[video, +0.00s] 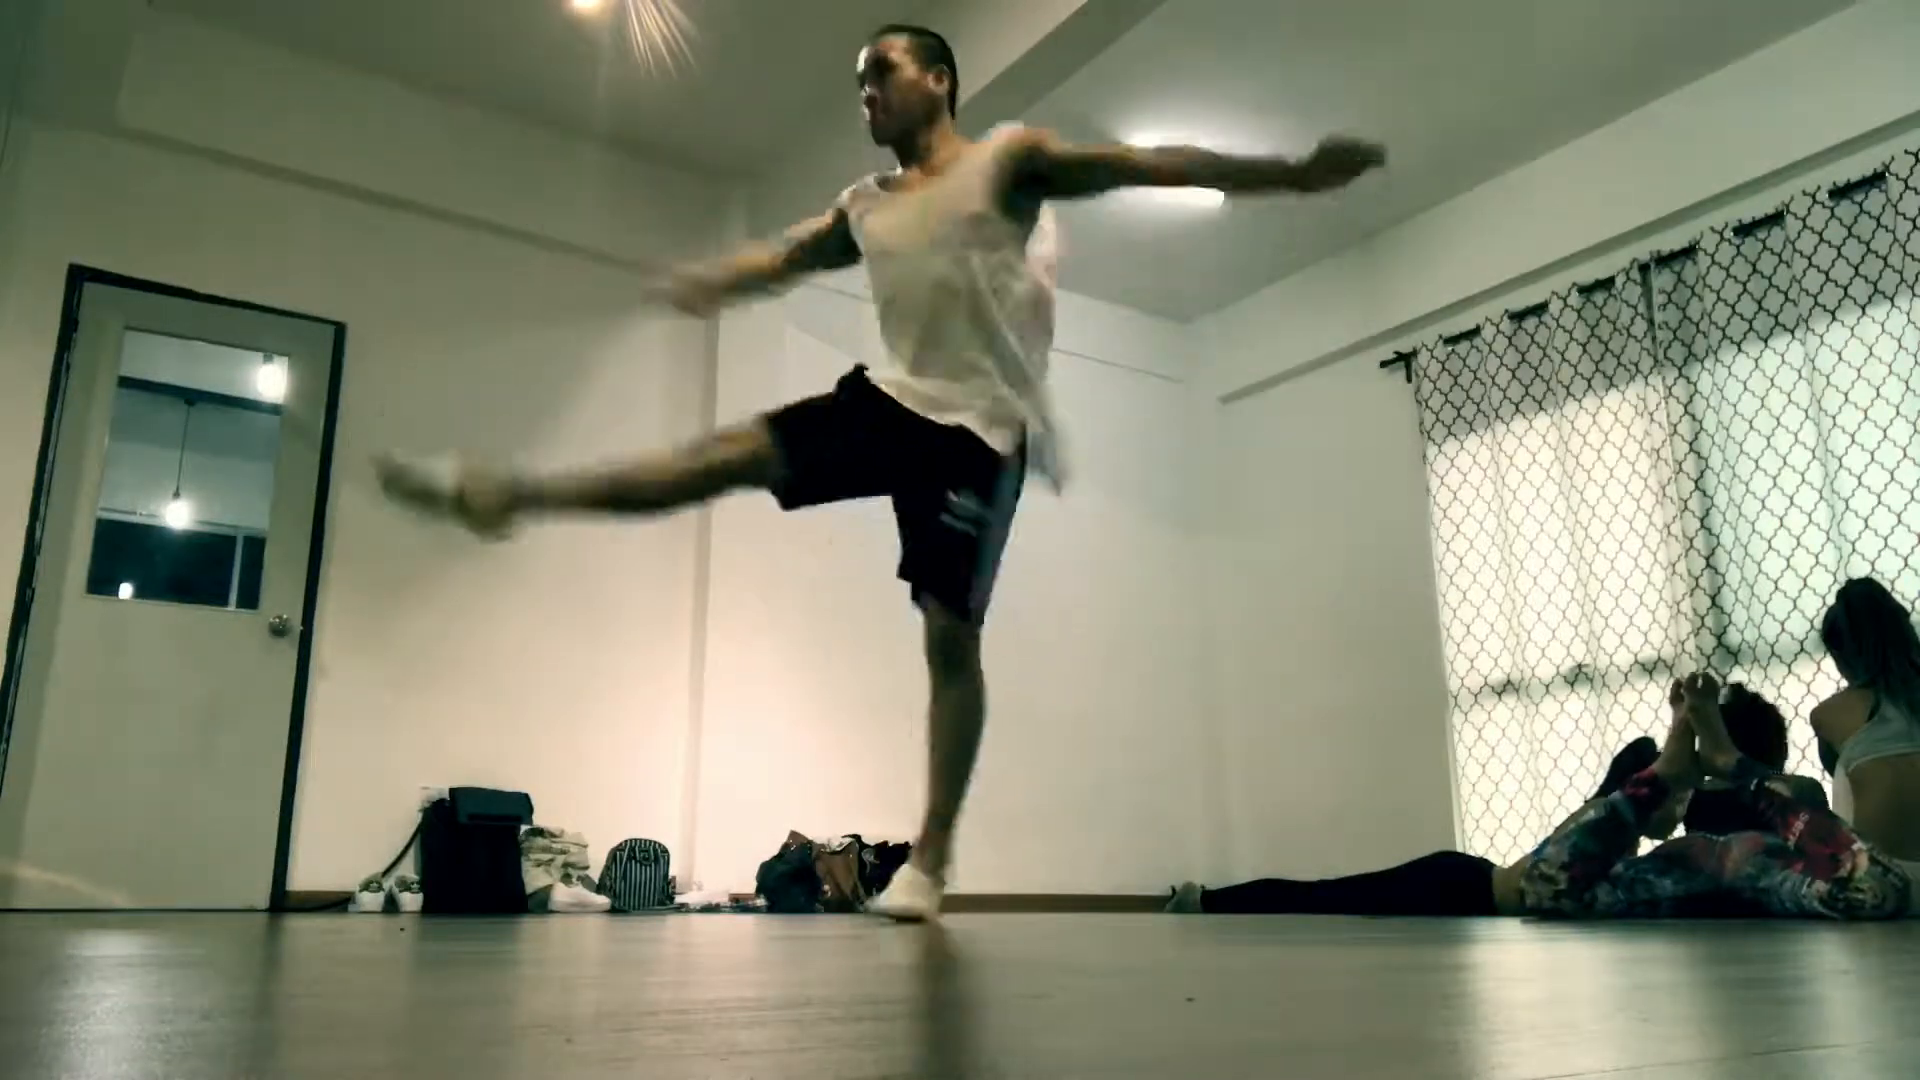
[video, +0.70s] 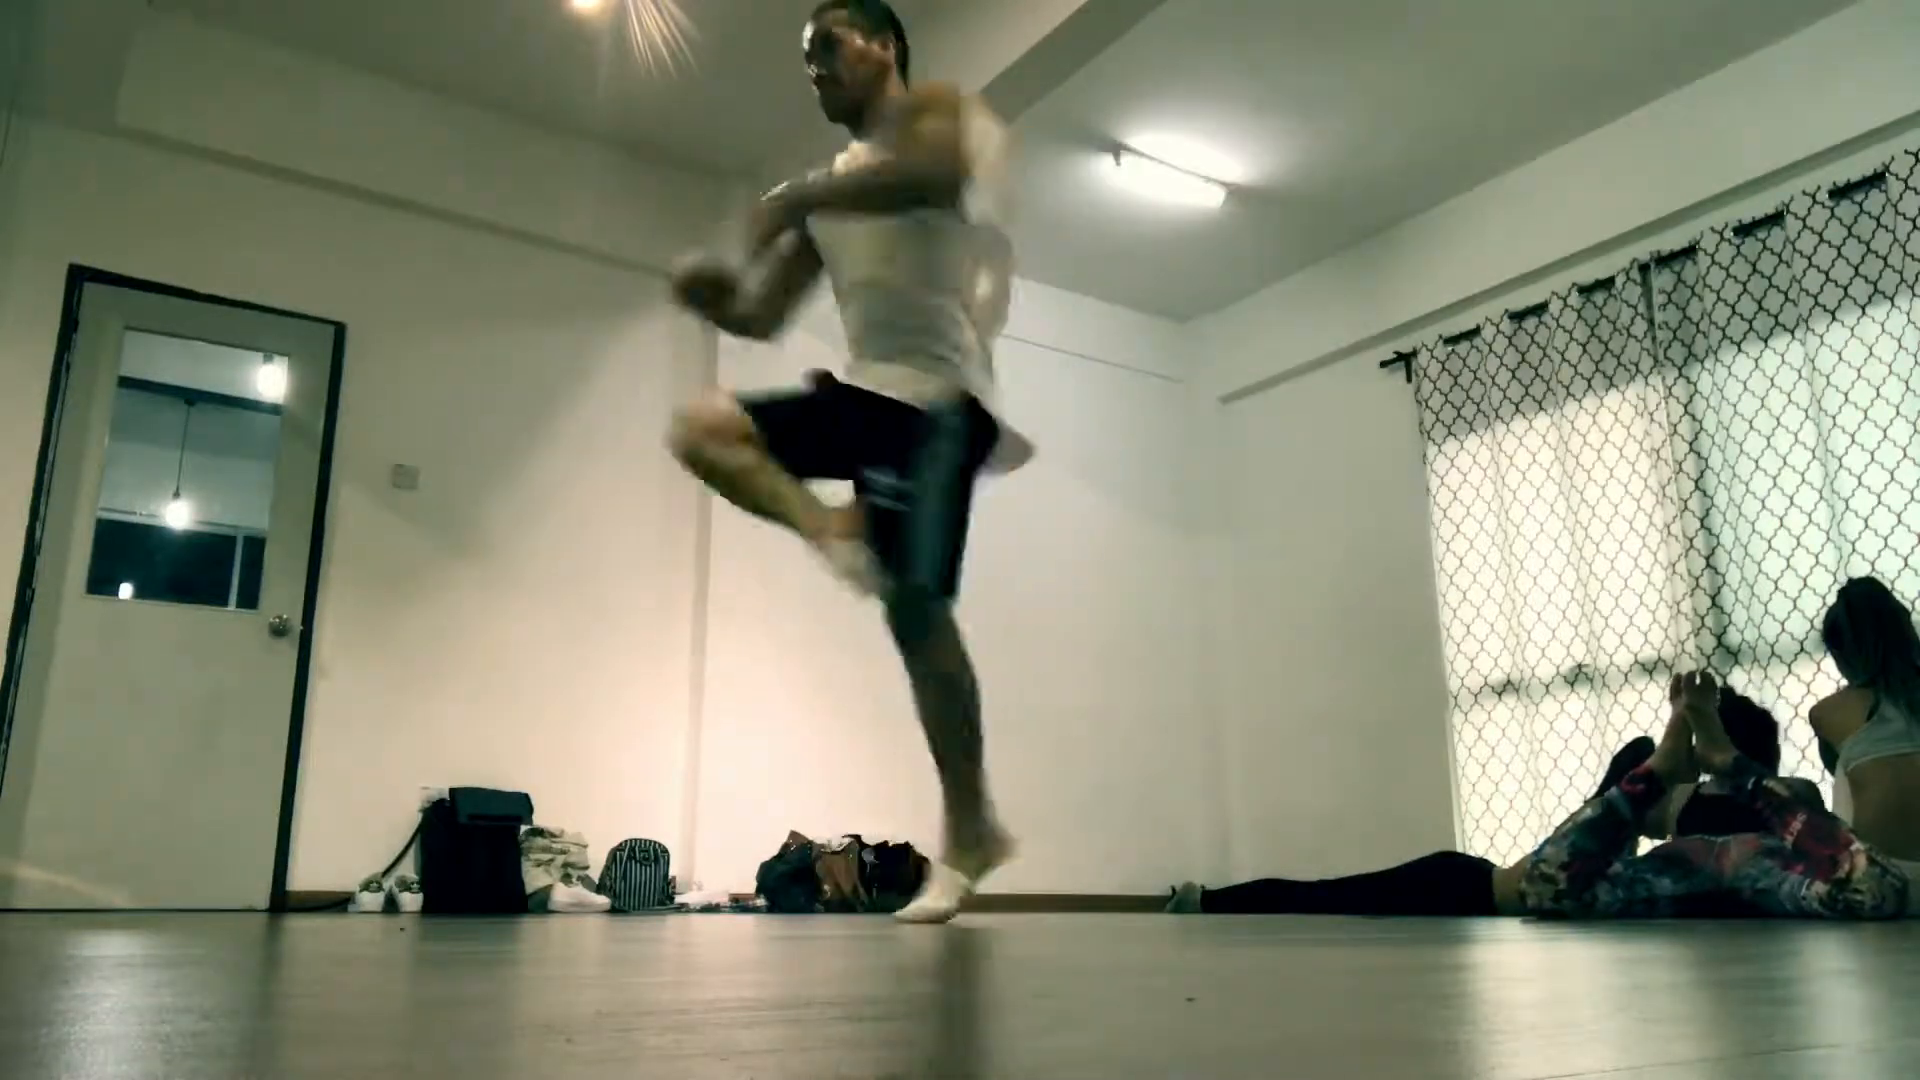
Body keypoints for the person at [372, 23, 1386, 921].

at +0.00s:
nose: (866, 89)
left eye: (883, 71)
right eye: (862, 77)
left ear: (941, 79)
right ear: (881, 99)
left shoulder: (1008, 154)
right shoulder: (869, 207)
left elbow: (1147, 165)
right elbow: (773, 260)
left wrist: (1285, 173)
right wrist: (697, 283)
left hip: (979, 430)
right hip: (880, 403)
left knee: (950, 643)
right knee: (723, 453)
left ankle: (928, 868)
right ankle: (506, 495)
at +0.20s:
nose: (839, 85)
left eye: (856, 69)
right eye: (840, 72)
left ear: (912, 81)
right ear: (902, 85)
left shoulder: (905, 154)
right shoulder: (896, 163)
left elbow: (825, 222)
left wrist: (713, 254)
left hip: (923, 418)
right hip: (909, 417)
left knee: (927, 639)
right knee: (839, 493)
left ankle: (959, 858)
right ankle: (806, 659)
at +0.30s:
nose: (822, 84)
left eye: (837, 69)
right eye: (827, 67)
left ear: (889, 79)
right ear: (905, 85)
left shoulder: (814, 167)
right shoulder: (966, 176)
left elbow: (734, 285)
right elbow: (1055, 288)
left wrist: (687, 340)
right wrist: (1037, 380)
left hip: (872, 437)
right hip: (974, 427)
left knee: (895, 646)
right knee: (975, 503)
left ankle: (937, 850)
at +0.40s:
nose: (915, 99)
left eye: (903, 89)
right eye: (911, 87)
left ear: (828, 102)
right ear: (904, 93)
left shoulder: (798, 205)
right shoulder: (922, 162)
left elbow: (786, 302)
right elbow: (1009, 234)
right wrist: (1081, 294)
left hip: (830, 433)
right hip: (927, 393)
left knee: (860, 635)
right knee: (1088, 443)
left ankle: (872, 848)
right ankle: (1024, 620)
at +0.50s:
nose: (887, 79)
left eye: (894, 65)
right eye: (864, 70)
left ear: (913, 87)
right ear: (836, 103)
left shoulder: (910, 202)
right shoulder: (855, 162)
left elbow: (953, 326)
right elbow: (861, 236)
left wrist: (1038, 295)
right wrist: (994, 228)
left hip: (871, 406)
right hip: (859, 378)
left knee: (875, 630)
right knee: (1016, 373)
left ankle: (848, 855)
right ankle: (981, 590)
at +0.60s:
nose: (834, 88)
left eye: (849, 68)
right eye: (826, 82)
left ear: (904, 79)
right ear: (831, 109)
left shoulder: (976, 164)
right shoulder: (820, 184)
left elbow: (1057, 229)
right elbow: (740, 287)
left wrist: (969, 179)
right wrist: (798, 209)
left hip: (941, 432)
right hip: (852, 402)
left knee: (913, 644)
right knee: (763, 364)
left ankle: (893, 852)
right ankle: (910, 556)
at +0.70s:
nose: (812, 71)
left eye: (824, 51)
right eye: (807, 59)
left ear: (882, 47)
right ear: (833, 66)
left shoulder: (941, 107)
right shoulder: (834, 177)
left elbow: (938, 172)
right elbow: (761, 310)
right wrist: (714, 293)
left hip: (935, 401)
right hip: (857, 395)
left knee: (916, 614)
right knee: (701, 428)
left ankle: (972, 835)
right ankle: (833, 532)